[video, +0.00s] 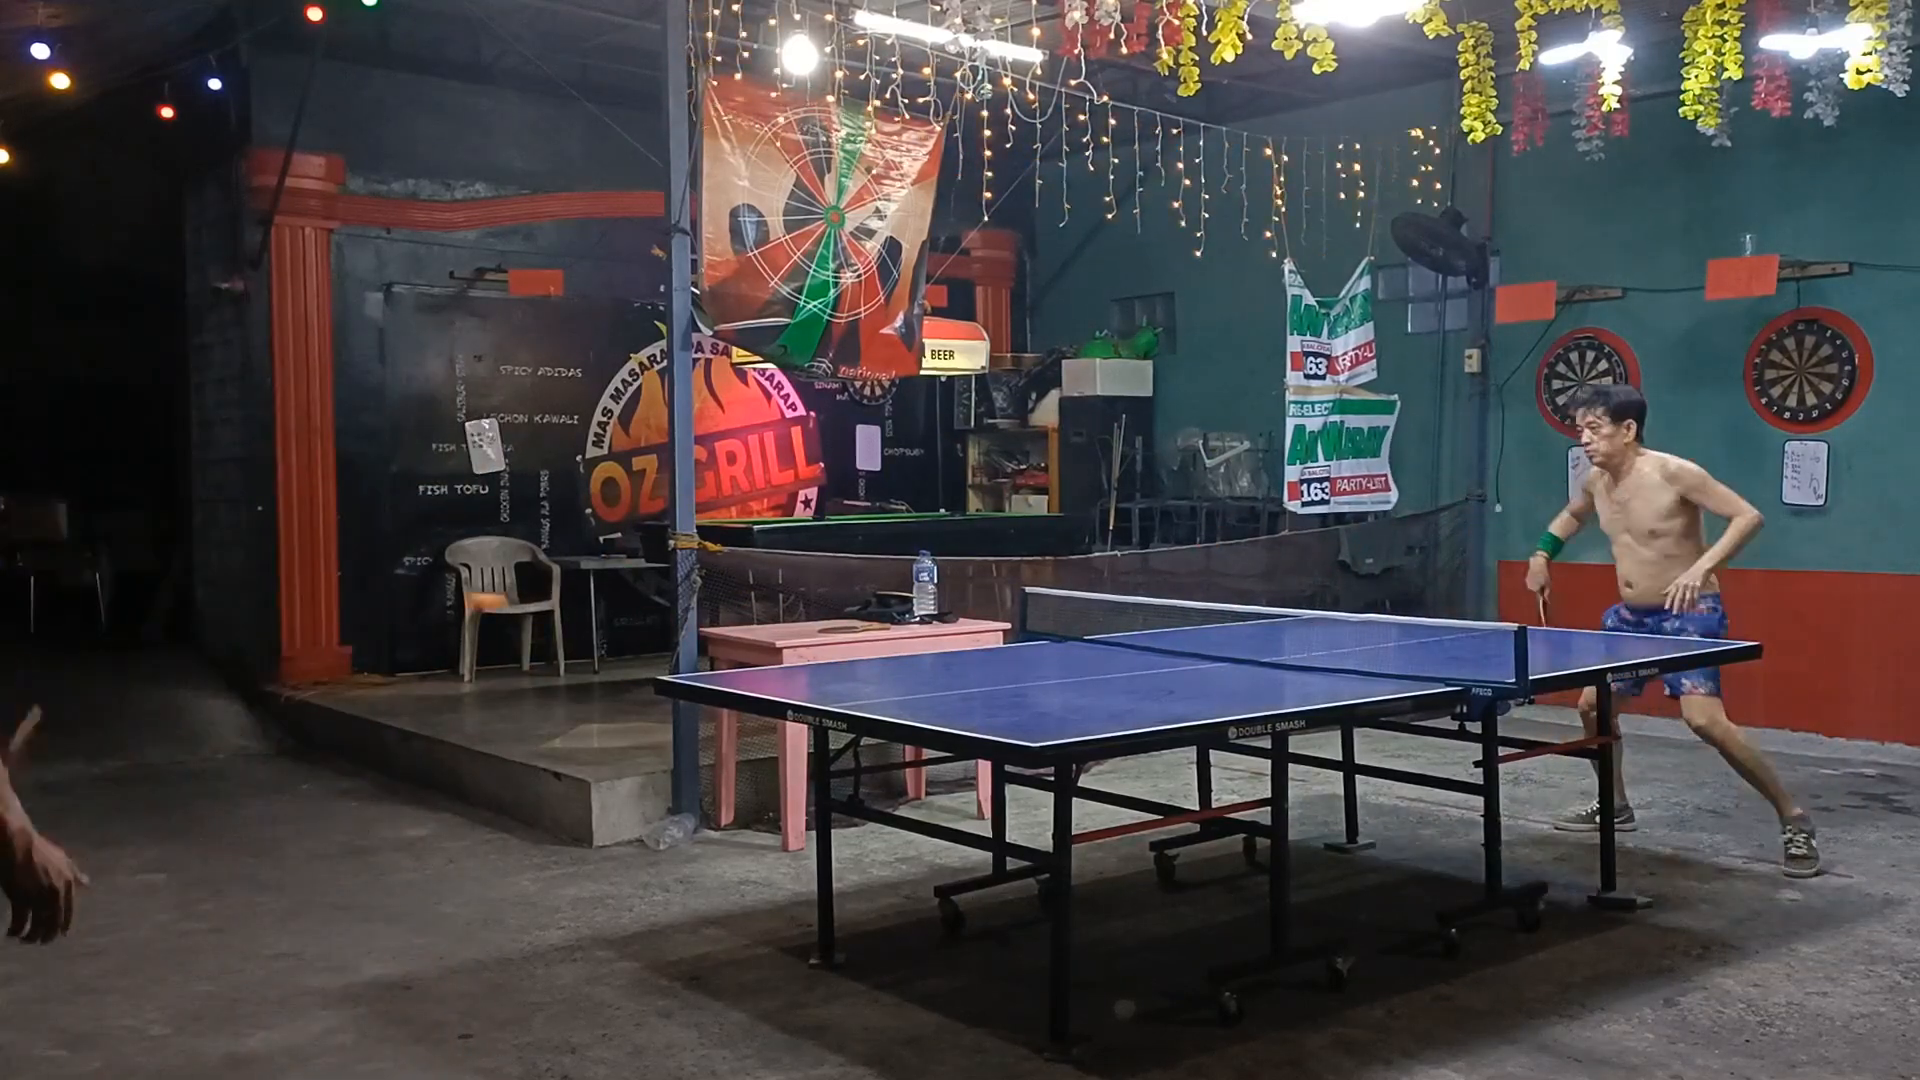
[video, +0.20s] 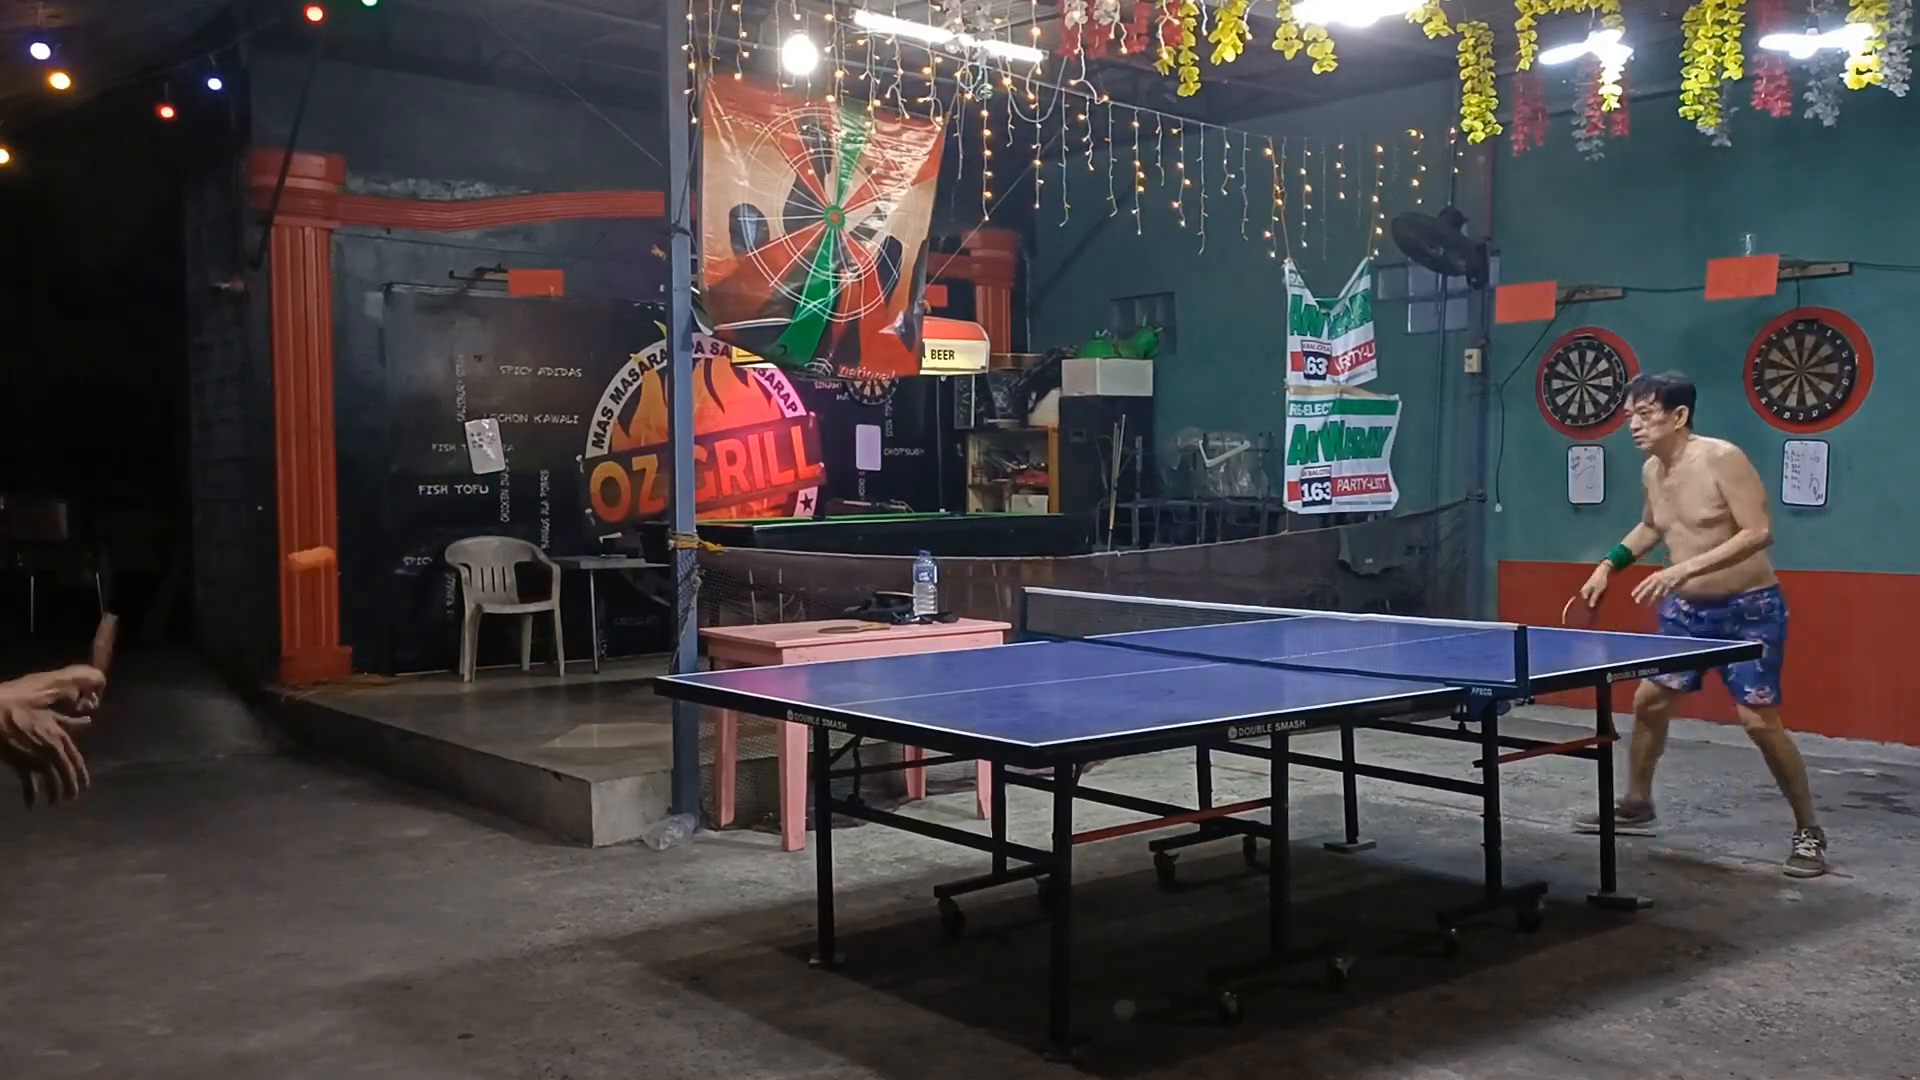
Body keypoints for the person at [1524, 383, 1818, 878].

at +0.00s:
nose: (1584, 440)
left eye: (1594, 429)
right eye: (1581, 430)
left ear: (1629, 430)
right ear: (1584, 435)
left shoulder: (1672, 472)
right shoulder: (1596, 479)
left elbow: (1748, 516)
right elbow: (1576, 514)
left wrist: (1704, 566)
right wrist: (1540, 553)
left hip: (1689, 616)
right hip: (1630, 619)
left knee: (1703, 718)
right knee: (1591, 706)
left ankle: (1793, 818)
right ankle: (1613, 803)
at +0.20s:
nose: (1634, 425)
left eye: (1645, 414)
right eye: (1631, 416)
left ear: (1679, 416)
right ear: (1633, 421)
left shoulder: (1722, 458)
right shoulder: (1653, 469)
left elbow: (1758, 533)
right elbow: (1652, 527)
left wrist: (1681, 571)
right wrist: (1608, 565)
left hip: (1749, 611)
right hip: (1688, 612)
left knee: (1759, 722)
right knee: (1649, 705)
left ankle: (1807, 829)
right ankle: (1637, 802)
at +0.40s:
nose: (1667, 415)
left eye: (1677, 404)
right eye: (1664, 406)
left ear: (1712, 405)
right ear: (1669, 411)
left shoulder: (1748, 446)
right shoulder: (1691, 462)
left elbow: (1750, 519)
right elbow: (1674, 519)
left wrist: (1673, 566)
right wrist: (1615, 538)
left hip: (1799, 601)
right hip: (1744, 609)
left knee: (1800, 716)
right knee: (1723, 718)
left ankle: (1873, 834)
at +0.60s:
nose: (1703, 453)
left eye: (1712, 441)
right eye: (1699, 444)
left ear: (1749, 442)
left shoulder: (1780, 478)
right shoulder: (1746, 495)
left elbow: (1763, 556)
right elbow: (1724, 545)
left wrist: (1682, 605)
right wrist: (1655, 540)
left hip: (1851, 631)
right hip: (1790, 641)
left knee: (1883, 748)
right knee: (1735, 730)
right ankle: (1785, 845)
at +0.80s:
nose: (1747, 463)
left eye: (1754, 449)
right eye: (1743, 453)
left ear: (1791, 440)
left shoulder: (1819, 463)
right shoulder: (1806, 497)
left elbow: (1811, 511)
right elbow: (1826, 569)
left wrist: (1730, 571)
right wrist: (1754, 578)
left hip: (1907, 640)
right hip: (1861, 644)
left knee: (1918, 758)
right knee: (1830, 740)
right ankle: (1806, 845)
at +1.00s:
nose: (1777, 481)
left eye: (1778, 467)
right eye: (1773, 472)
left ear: (1809, 451)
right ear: (1809, 453)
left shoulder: (1876, 464)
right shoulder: (1841, 522)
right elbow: (1850, 605)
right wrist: (1774, 604)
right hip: (1915, 651)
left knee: (1911, 768)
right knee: (1909, 768)